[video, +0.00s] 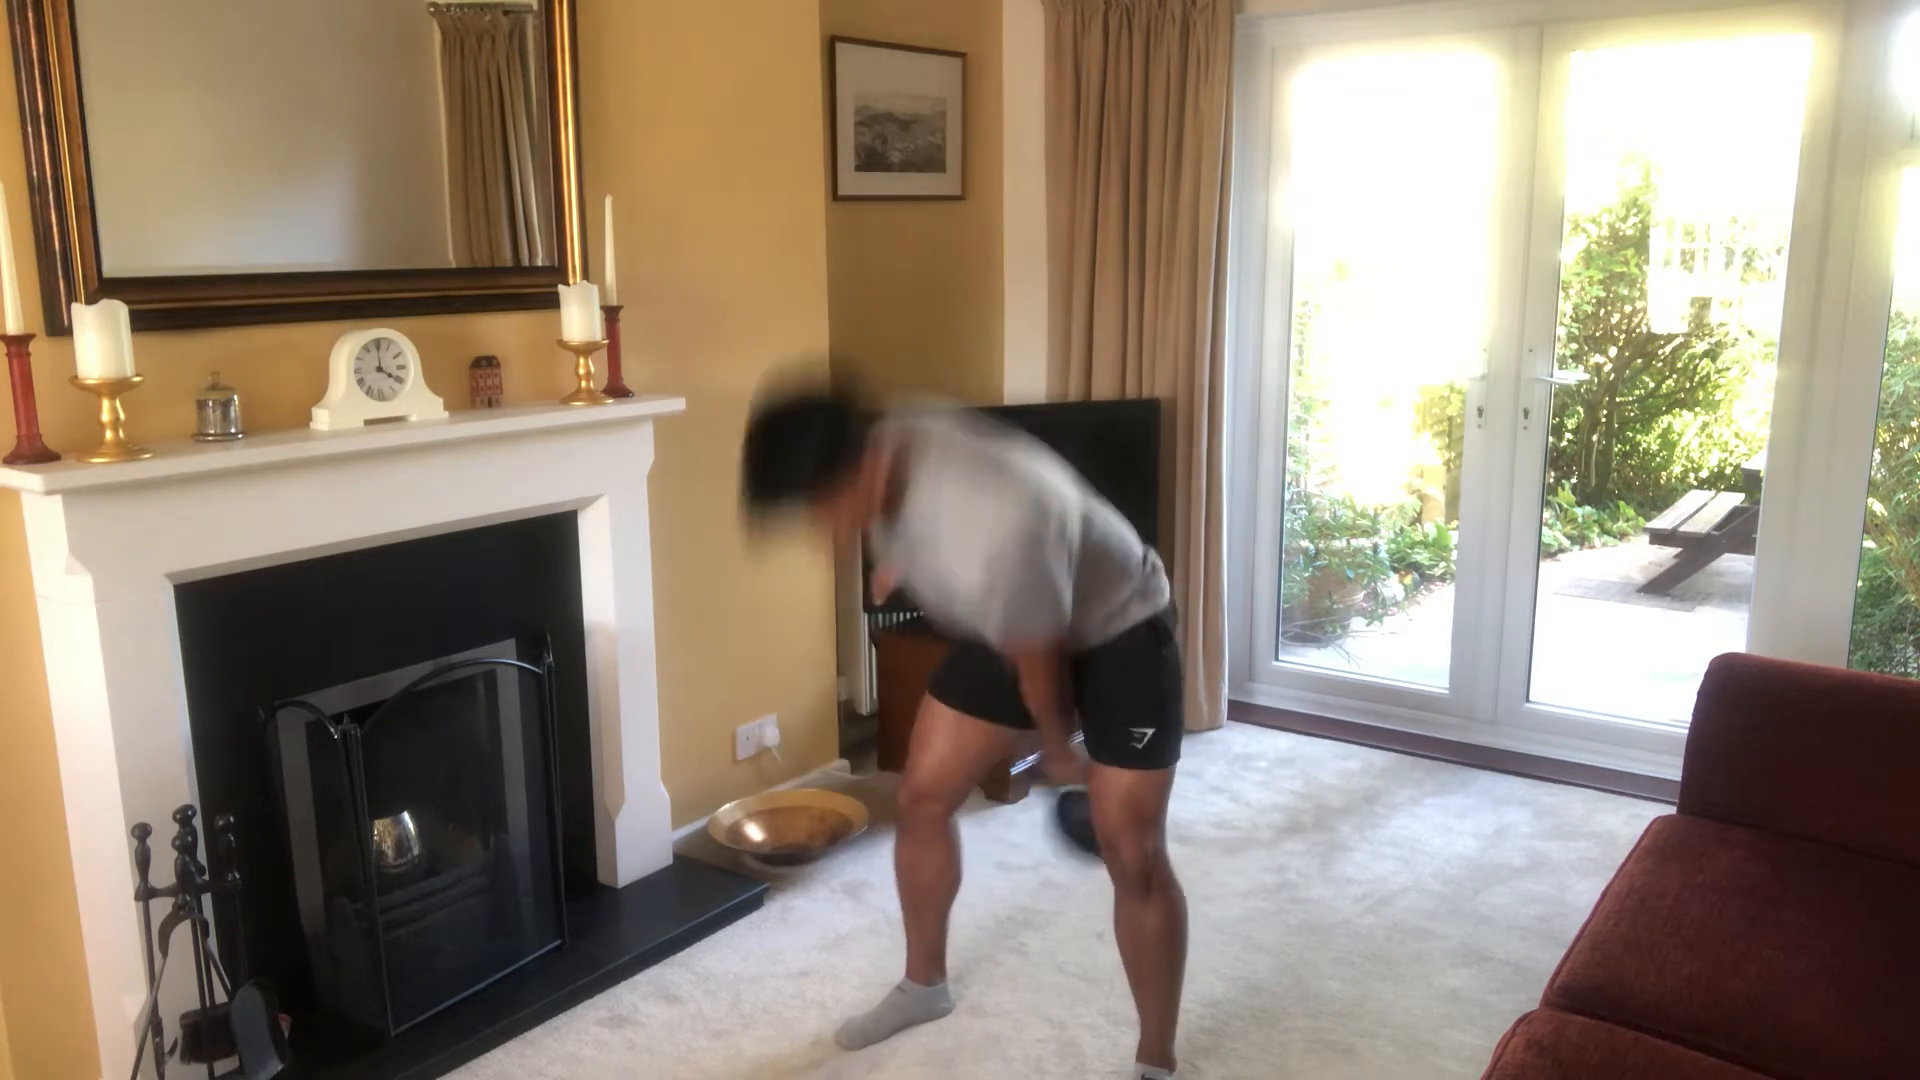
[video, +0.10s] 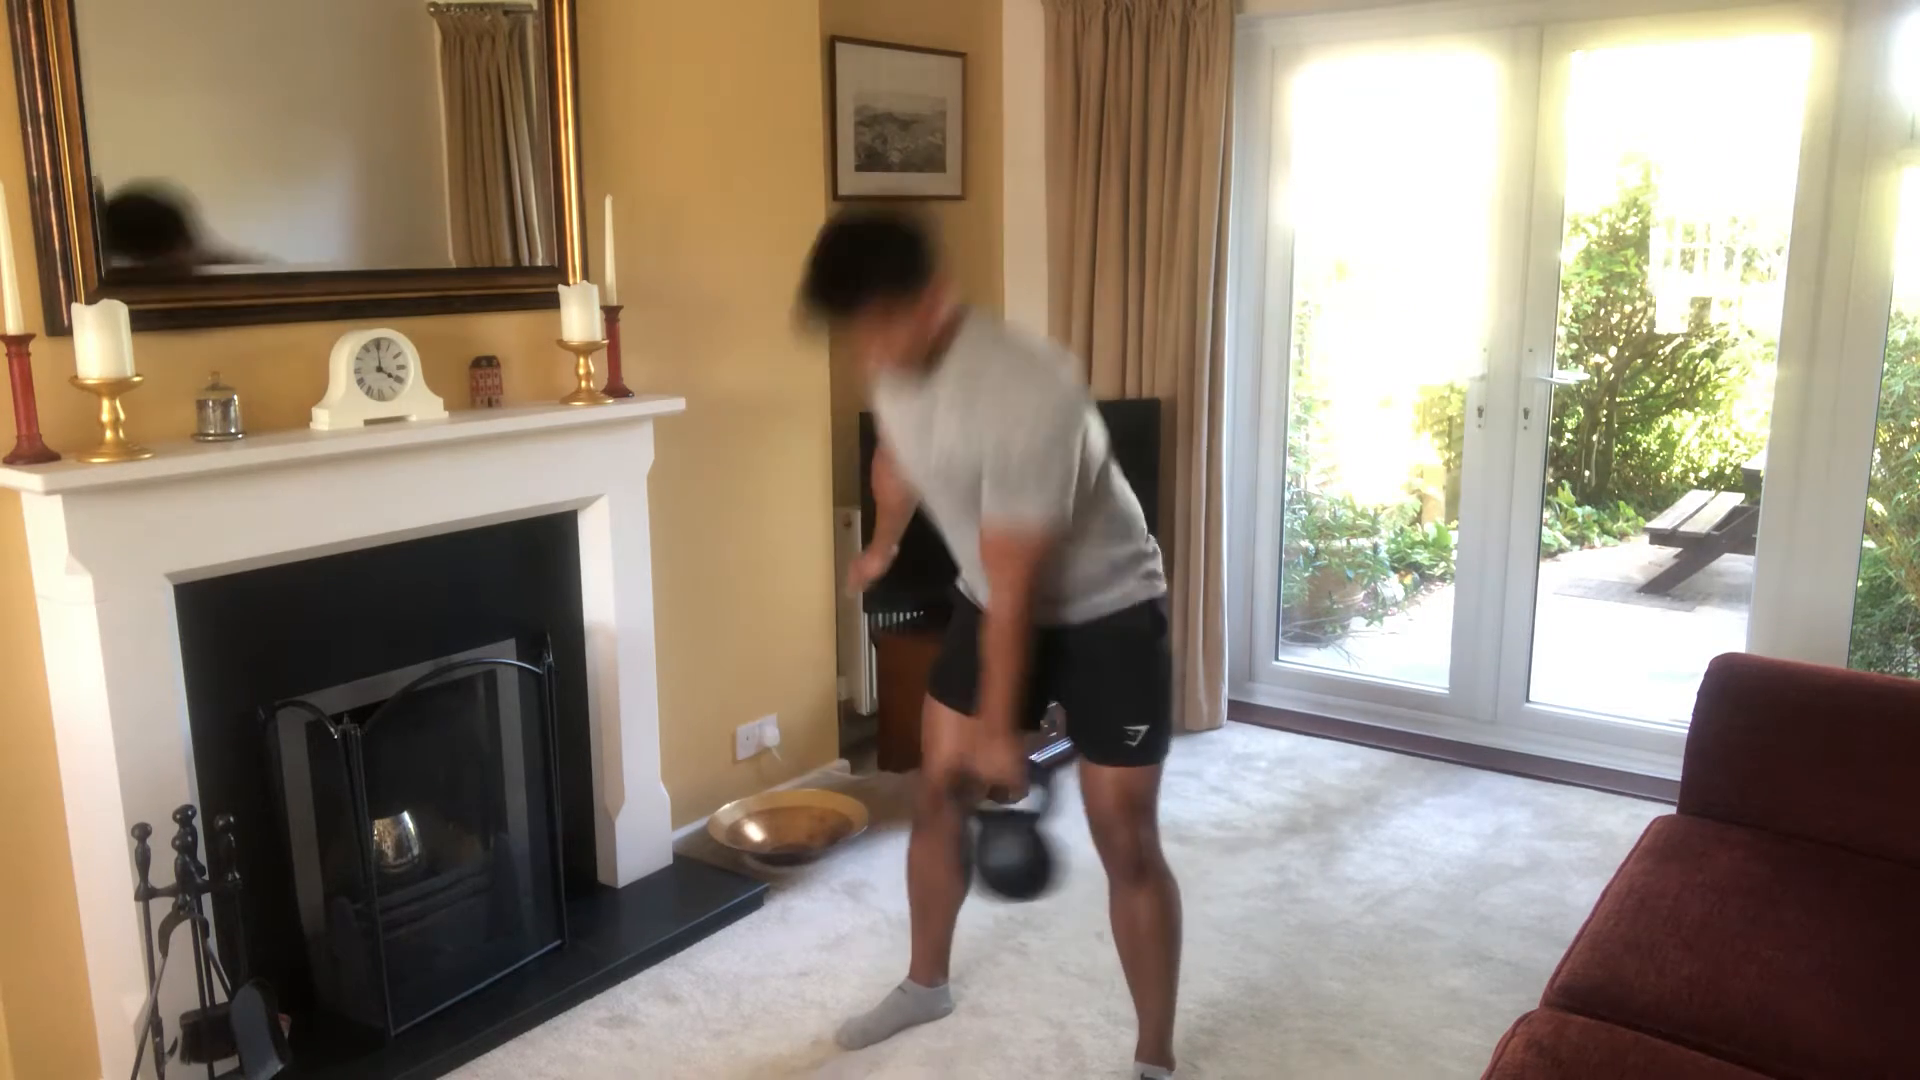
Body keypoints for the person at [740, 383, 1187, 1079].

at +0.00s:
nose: (822, 519)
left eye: (820, 502)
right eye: (811, 507)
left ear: (855, 470)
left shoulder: (995, 514)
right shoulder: (884, 448)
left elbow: (1038, 656)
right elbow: (917, 510)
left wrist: (1058, 749)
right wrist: (892, 566)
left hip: (1117, 630)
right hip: (1005, 622)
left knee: (1133, 854)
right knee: (923, 795)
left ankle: (1157, 1060)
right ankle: (924, 984)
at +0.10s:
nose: (859, 343)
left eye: (868, 323)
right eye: (851, 326)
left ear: (925, 296)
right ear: (859, 315)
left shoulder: (1026, 388)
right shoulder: (893, 367)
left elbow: (1013, 588)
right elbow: (898, 457)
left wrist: (999, 734)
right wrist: (884, 545)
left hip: (1105, 608)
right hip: (995, 601)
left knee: (1126, 842)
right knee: (940, 784)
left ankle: (1156, 1056)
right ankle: (927, 982)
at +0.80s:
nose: (985, 225)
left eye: (1004, 202)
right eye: (973, 206)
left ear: (1059, 198)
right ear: (964, 206)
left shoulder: (1106, 312)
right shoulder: (968, 319)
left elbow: (1001, 368)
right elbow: (946, 449)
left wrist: (836, 381)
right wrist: (905, 557)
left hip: (1077, 620)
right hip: (964, 610)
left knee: (1108, 839)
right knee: (953, 808)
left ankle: (1149, 1054)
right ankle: (927, 983)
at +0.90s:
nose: (976, 236)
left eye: (994, 214)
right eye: (964, 217)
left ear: (1049, 204)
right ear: (955, 213)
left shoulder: (1097, 312)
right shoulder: (960, 317)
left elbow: (1001, 409)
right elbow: (947, 443)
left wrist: (865, 476)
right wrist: (888, 547)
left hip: (1084, 617)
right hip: (970, 605)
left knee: (1112, 841)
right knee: (949, 806)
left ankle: (1150, 1055)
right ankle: (928, 983)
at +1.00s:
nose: (949, 265)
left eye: (967, 243)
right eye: (935, 247)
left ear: (1019, 229)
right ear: (921, 241)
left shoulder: (1079, 327)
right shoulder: (946, 327)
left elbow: (996, 477)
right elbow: (926, 445)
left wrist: (897, 600)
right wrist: (864, 544)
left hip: (1093, 616)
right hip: (976, 608)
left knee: (1116, 839)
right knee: (938, 800)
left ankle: (1151, 1056)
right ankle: (926, 983)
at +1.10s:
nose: (895, 332)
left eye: (905, 311)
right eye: (884, 315)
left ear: (955, 291)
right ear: (885, 304)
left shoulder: (1045, 372)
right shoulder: (920, 360)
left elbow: (1004, 565)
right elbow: (916, 460)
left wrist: (946, 712)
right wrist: (856, 559)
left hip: (1105, 619)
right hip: (1001, 612)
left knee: (1124, 844)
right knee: (925, 774)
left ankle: (1152, 1057)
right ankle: (924, 981)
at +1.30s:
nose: (834, 584)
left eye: (834, 574)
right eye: (826, 577)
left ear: (871, 538)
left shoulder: (996, 567)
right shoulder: (879, 472)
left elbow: (1035, 693)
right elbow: (902, 546)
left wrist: (1053, 770)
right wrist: (891, 606)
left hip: (1118, 648)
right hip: (1007, 640)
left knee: (1128, 866)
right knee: (897, 805)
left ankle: (1153, 1062)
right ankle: (923, 984)